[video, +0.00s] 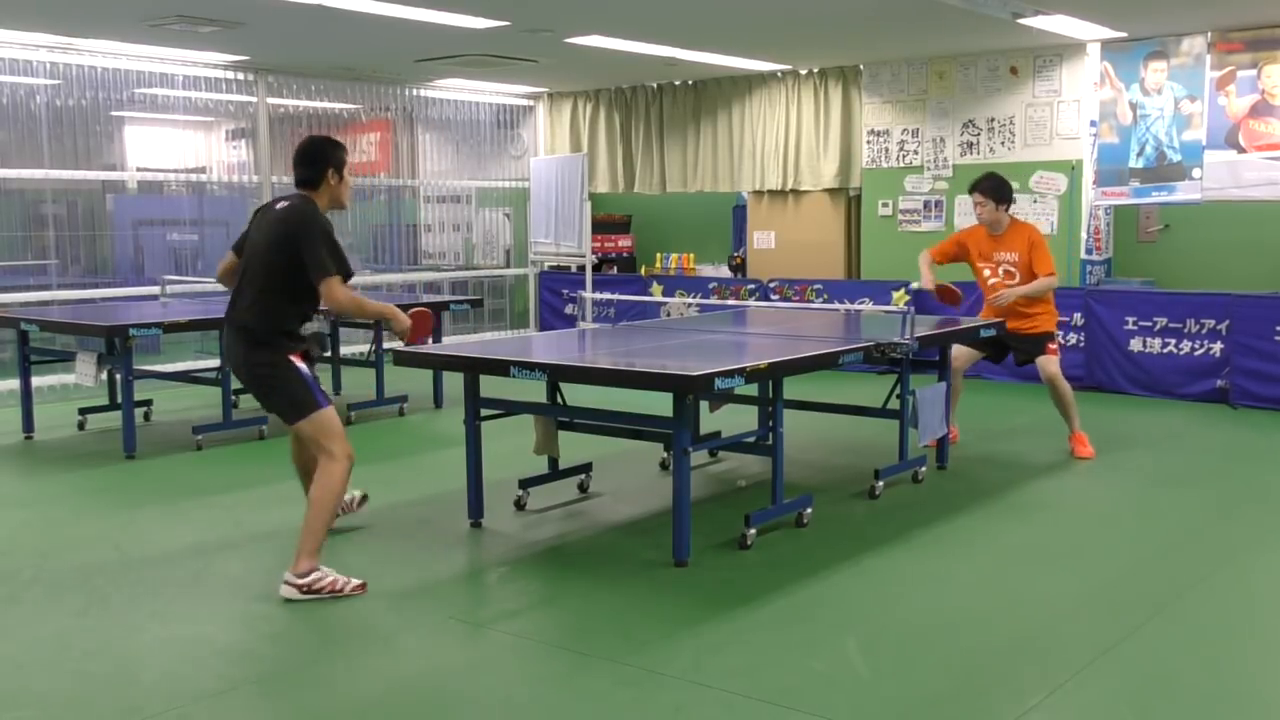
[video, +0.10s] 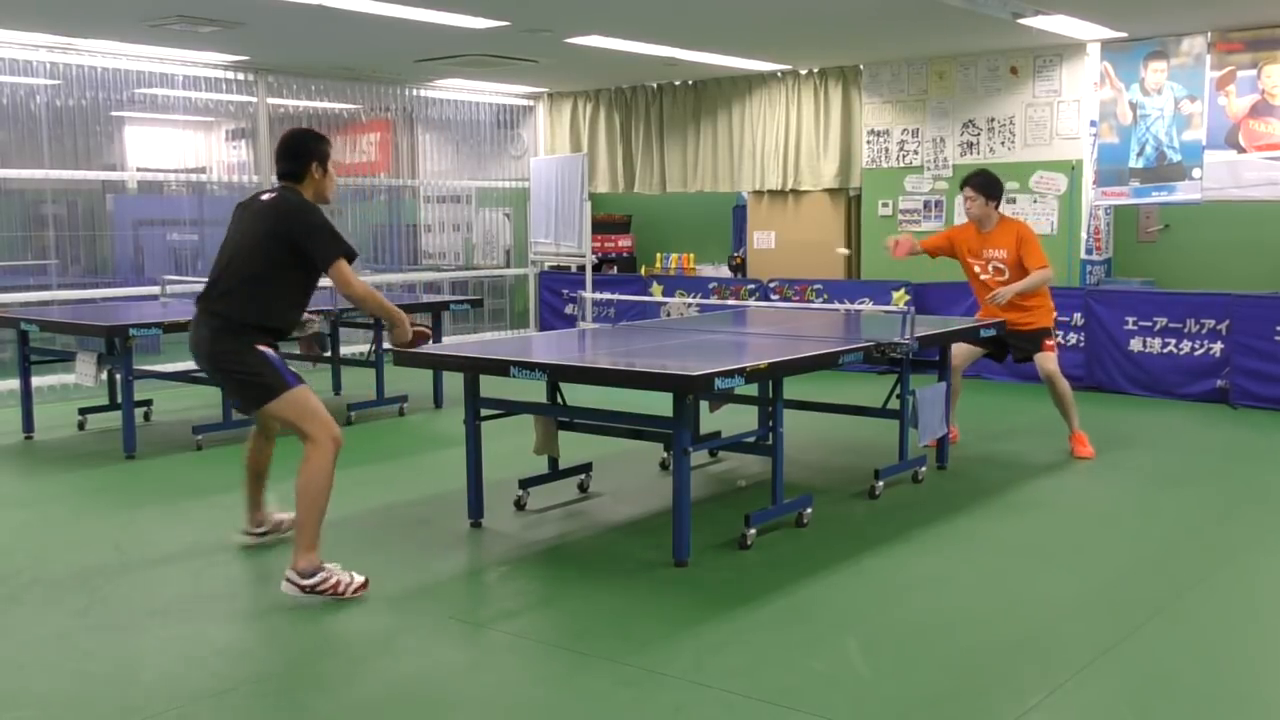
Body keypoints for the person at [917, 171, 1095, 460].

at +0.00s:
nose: (977, 211)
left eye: (982, 205)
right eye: (975, 205)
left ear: (1003, 206)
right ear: (973, 206)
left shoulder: (1029, 234)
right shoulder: (970, 238)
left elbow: (1050, 280)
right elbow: (926, 255)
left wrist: (1016, 292)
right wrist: (927, 276)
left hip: (1035, 322)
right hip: (993, 321)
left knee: (1051, 374)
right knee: (953, 361)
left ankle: (1076, 433)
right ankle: (947, 427)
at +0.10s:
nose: (966, 205)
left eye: (972, 200)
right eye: (965, 200)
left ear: (992, 202)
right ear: (965, 201)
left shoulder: (1019, 231)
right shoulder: (959, 235)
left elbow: (1044, 273)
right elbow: (921, 247)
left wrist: (1013, 289)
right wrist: (906, 242)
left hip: (1033, 319)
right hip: (991, 319)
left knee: (1049, 370)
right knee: (952, 359)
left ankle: (1076, 433)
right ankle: (948, 428)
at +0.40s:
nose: (989, 193)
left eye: (996, 187)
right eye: (987, 188)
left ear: (1015, 191)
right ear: (986, 191)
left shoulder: (1039, 224)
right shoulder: (981, 230)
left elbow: (1065, 262)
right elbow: (949, 261)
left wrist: (1036, 273)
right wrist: (926, 252)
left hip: (1042, 318)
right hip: (1000, 318)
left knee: (1055, 375)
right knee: (968, 360)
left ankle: (1076, 423)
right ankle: (949, 425)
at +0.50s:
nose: (1001, 184)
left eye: (1008, 178)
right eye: (999, 179)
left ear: (1027, 181)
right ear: (999, 182)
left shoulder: (1052, 216)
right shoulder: (999, 220)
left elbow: (1076, 256)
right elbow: (975, 256)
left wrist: (1046, 271)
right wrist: (945, 261)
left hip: (1053, 312)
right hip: (1015, 311)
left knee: (1058, 368)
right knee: (988, 355)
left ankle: (1075, 424)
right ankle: (957, 417)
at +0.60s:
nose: (1009, 175)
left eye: (1016, 169)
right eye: (1007, 170)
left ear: (1034, 173)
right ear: (1006, 174)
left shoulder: (1058, 208)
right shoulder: (1005, 212)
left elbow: (1083, 248)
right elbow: (991, 251)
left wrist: (1055, 273)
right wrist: (969, 266)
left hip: (1065, 299)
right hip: (1025, 298)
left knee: (1073, 357)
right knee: (996, 347)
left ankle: (1085, 421)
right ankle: (994, 409)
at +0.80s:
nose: (1025, 197)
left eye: (1031, 190)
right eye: (1022, 191)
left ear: (1050, 192)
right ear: (1020, 194)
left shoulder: (1077, 225)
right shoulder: (1020, 231)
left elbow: (1100, 264)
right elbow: (1008, 270)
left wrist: (1076, 292)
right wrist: (1003, 285)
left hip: (1079, 309)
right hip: (1041, 309)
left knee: (1086, 365)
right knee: (1016, 360)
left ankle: (1121, 421)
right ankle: (1022, 410)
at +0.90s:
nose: (1037, 197)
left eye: (1043, 190)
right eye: (1034, 191)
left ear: (1062, 191)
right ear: (1032, 193)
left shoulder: (1091, 219)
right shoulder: (1029, 229)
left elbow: (1123, 248)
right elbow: (1010, 258)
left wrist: (1108, 278)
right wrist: (995, 263)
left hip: (1098, 304)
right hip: (1057, 308)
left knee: (1107, 353)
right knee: (1030, 358)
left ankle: (1135, 417)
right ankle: (1023, 409)